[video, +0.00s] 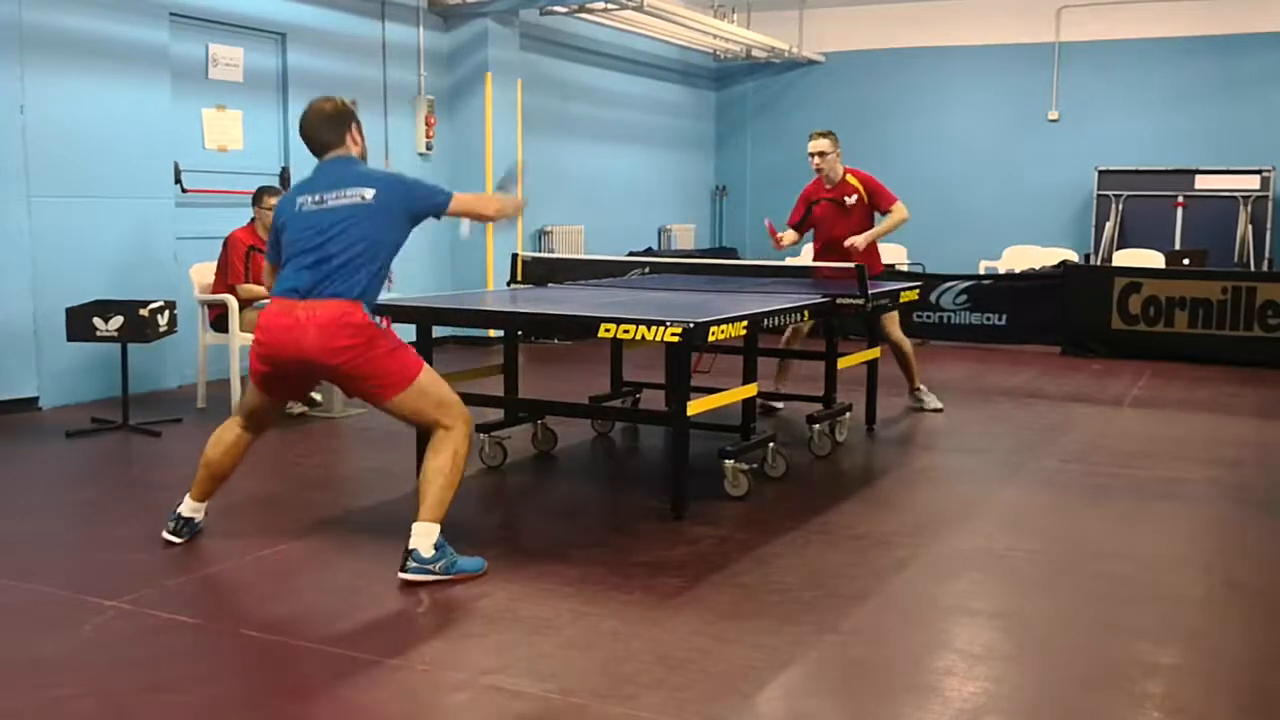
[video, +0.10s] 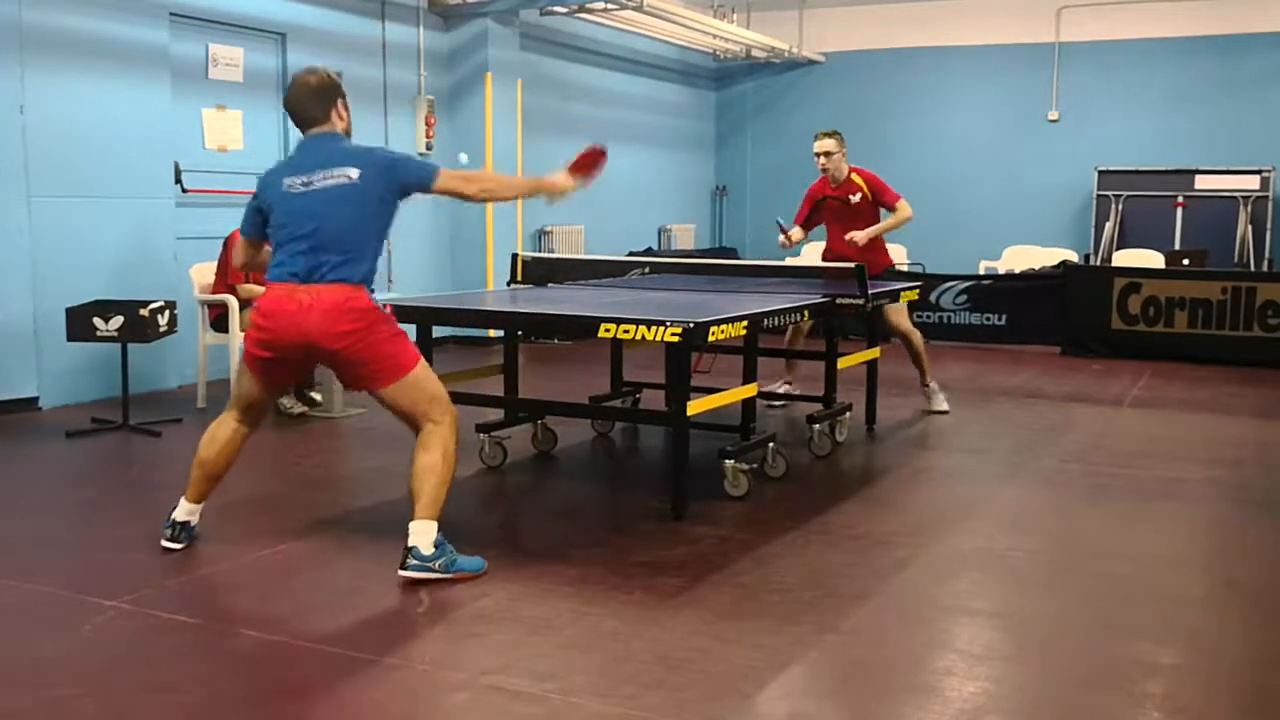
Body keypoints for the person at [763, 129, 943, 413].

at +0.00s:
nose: (816, 162)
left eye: (821, 155)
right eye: (812, 156)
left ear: (837, 155)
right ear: (809, 159)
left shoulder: (862, 183)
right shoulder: (811, 192)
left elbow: (900, 213)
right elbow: (796, 231)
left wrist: (867, 236)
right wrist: (783, 239)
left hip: (868, 279)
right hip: (825, 280)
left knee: (894, 335)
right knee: (795, 330)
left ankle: (916, 388)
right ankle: (777, 390)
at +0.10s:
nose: (821, 162)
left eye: (827, 155)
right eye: (817, 156)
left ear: (843, 154)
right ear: (815, 159)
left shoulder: (866, 181)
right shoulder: (817, 190)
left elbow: (904, 212)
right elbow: (802, 228)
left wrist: (868, 233)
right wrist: (791, 237)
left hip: (877, 275)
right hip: (834, 275)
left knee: (903, 327)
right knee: (798, 325)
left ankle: (929, 385)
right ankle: (789, 382)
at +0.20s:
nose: (815, 170)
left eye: (821, 164)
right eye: (813, 165)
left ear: (840, 164)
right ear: (814, 166)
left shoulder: (865, 190)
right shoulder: (821, 199)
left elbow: (906, 223)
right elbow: (817, 238)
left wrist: (867, 244)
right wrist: (803, 254)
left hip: (879, 279)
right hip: (839, 279)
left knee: (905, 337)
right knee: (804, 329)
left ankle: (945, 392)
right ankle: (803, 384)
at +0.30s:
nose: (800, 174)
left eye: (805, 169)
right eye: (799, 169)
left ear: (825, 169)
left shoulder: (854, 195)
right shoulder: (816, 204)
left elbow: (889, 230)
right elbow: (826, 240)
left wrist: (857, 262)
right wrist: (817, 269)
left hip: (876, 283)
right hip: (837, 283)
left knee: (902, 339)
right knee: (800, 330)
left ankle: (950, 390)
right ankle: (805, 386)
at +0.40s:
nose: (783, 163)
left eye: (788, 157)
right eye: (783, 157)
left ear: (806, 160)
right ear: (802, 161)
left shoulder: (836, 186)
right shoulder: (803, 193)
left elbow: (872, 220)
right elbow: (823, 233)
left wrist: (840, 252)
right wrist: (810, 260)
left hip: (858, 275)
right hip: (824, 273)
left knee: (888, 331)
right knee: (793, 325)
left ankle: (942, 385)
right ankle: (803, 384)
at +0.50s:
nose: (774, 145)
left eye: (778, 139)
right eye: (774, 139)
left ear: (795, 142)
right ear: (789, 143)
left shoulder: (823, 169)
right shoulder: (797, 177)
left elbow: (855, 204)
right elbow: (814, 218)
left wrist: (823, 233)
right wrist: (799, 242)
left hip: (839, 263)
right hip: (811, 263)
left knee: (857, 325)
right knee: (792, 319)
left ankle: (907, 377)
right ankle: (803, 382)